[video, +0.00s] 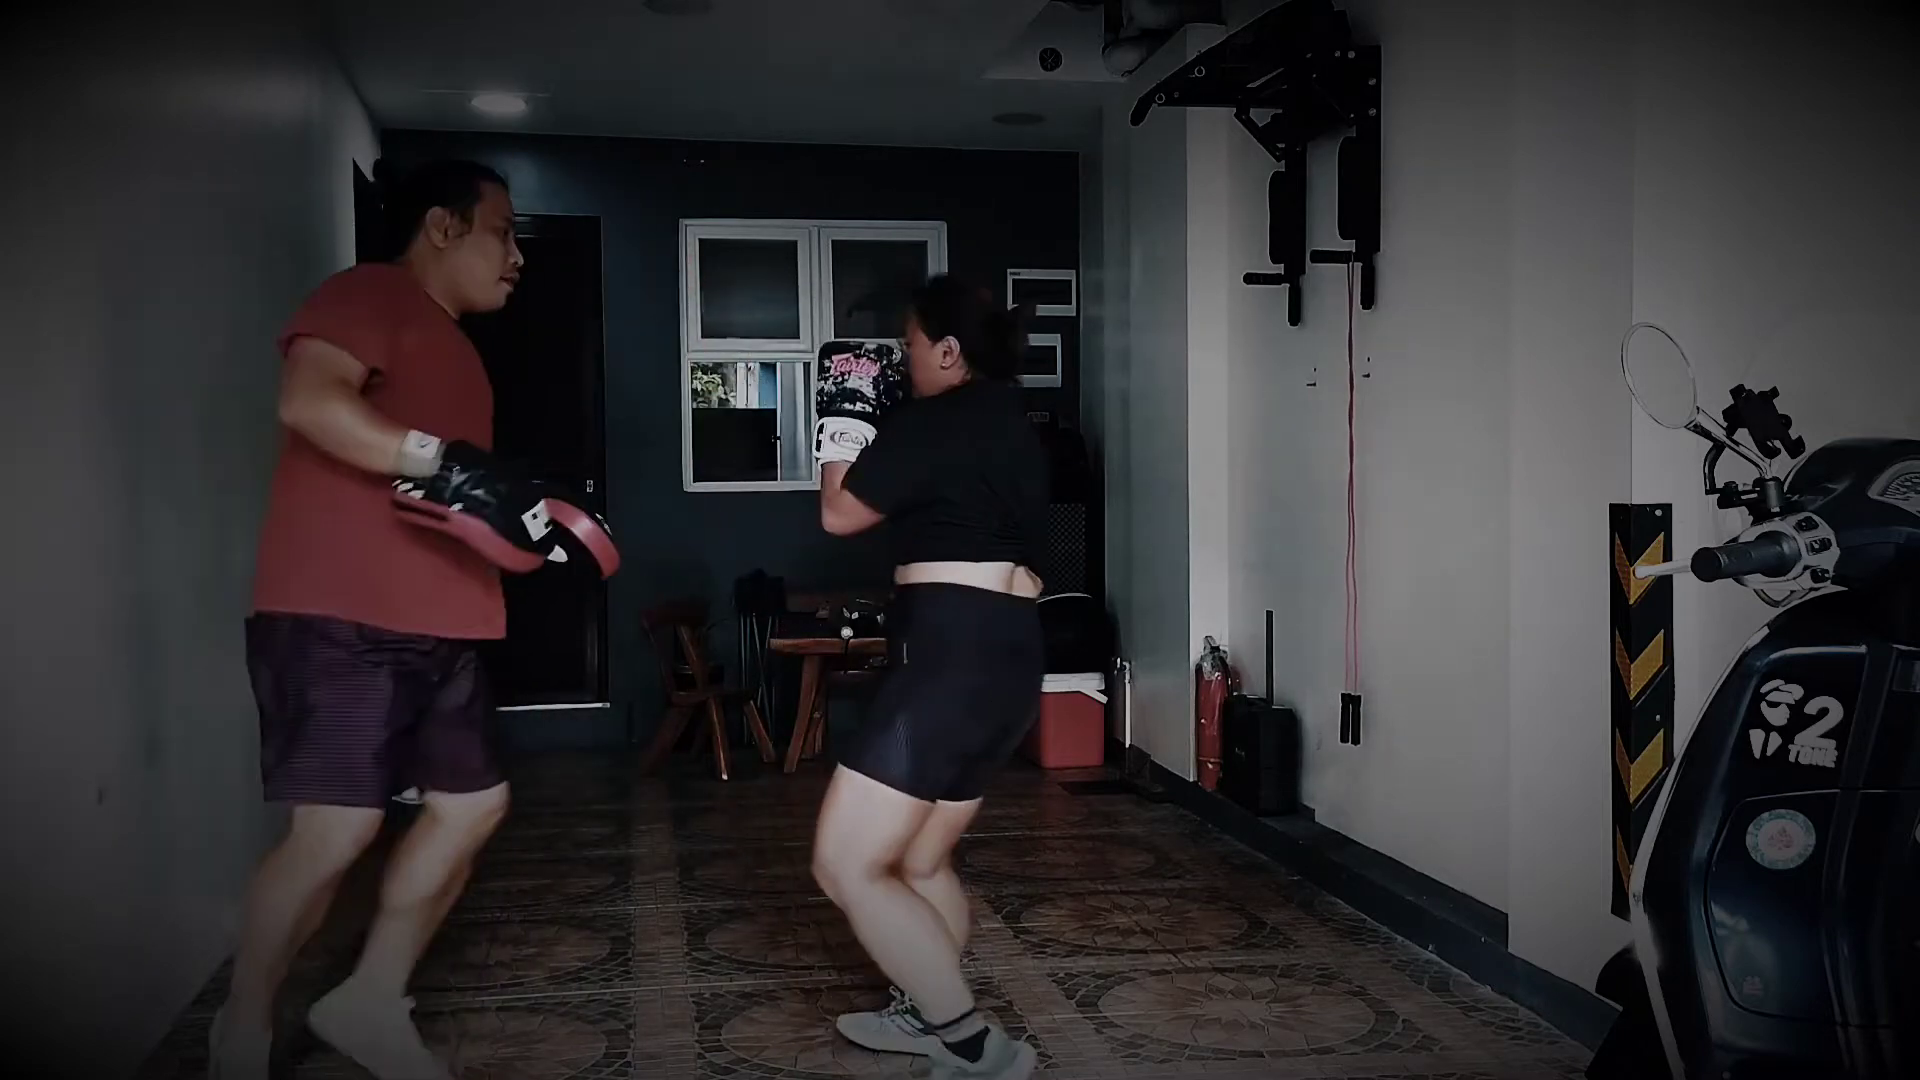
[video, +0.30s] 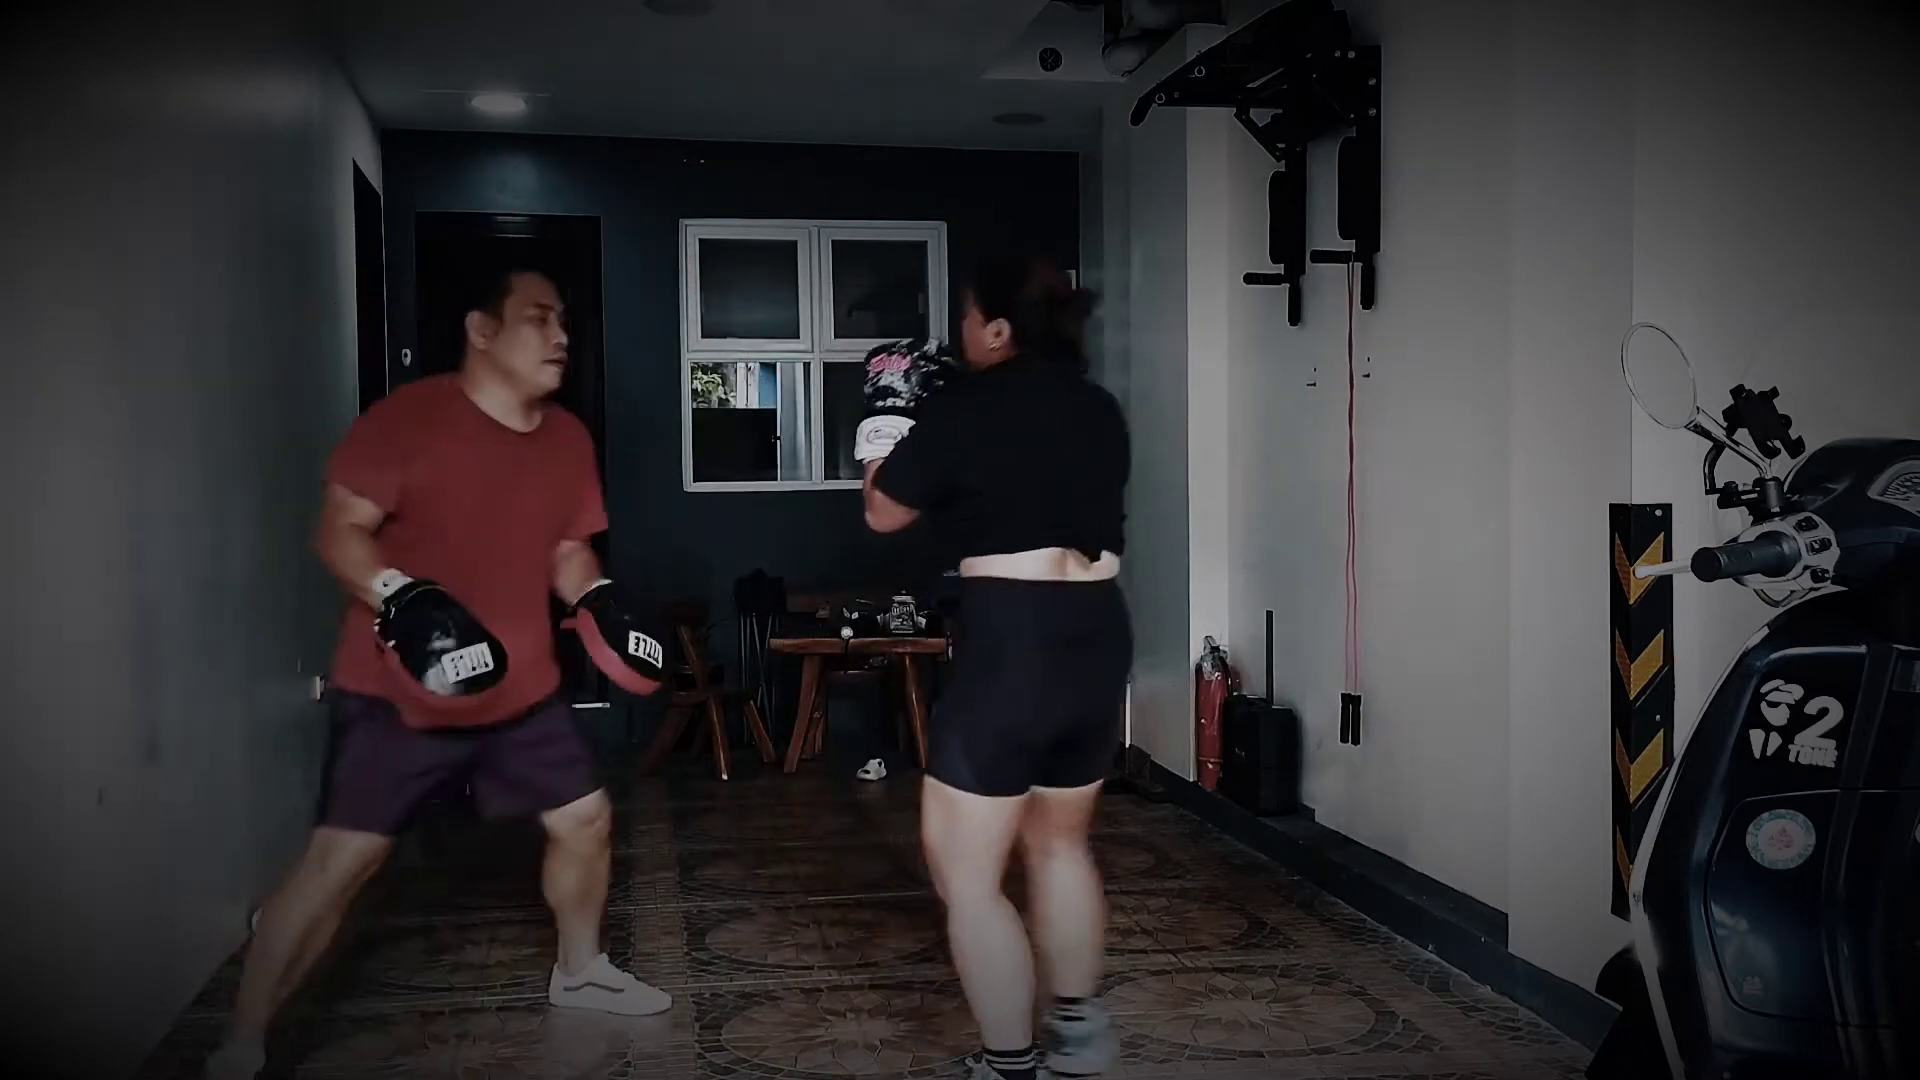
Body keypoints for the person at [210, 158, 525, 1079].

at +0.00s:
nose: (515, 256)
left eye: (515, 237)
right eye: (502, 234)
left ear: (452, 236)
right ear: (440, 230)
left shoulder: (454, 351)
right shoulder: (366, 294)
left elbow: (445, 479)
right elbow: (308, 399)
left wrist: (518, 510)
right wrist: (448, 467)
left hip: (437, 629)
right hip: (334, 619)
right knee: (335, 823)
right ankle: (243, 1025)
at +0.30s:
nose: (560, 335)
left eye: (561, 320)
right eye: (539, 319)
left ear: (555, 337)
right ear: (482, 332)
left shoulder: (566, 438)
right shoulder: (406, 420)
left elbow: (569, 550)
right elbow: (338, 533)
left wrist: (606, 618)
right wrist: (401, 599)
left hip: (520, 689)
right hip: (399, 691)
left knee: (584, 817)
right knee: (345, 851)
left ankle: (580, 972)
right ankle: (243, 1039)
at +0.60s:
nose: (616, 312)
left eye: (620, 298)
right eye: (597, 297)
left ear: (623, 310)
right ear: (544, 307)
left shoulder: (627, 404)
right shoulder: (473, 379)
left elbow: (643, 504)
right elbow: (408, 483)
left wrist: (670, 528)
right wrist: (475, 550)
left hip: (576, 650)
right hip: (456, 647)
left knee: (585, 801)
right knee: (416, 805)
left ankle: (580, 967)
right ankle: (399, 937)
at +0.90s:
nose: (600, 345)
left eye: (605, 330)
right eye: (582, 330)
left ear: (609, 337)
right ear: (531, 334)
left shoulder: (617, 419)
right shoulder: (466, 403)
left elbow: (678, 502)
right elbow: (417, 514)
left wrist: (699, 432)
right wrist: (495, 502)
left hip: (589, 649)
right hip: (471, 658)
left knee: (657, 765)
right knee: (452, 812)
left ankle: (686, 928)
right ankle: (448, 939)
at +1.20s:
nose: (643, 357)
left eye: (653, 343)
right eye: (627, 341)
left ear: (661, 349)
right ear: (581, 342)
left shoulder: (666, 420)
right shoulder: (516, 413)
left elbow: (721, 504)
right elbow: (474, 521)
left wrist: (743, 434)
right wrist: (543, 515)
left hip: (644, 666)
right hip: (525, 668)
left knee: (695, 788)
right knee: (478, 815)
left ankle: (736, 939)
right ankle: (450, 936)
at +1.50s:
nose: (653, 368)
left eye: (663, 353)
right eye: (637, 351)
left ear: (670, 359)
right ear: (592, 353)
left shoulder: (680, 433)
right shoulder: (534, 424)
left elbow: (730, 521)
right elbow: (493, 530)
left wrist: (750, 457)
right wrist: (558, 522)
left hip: (656, 670)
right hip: (539, 674)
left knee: (720, 783)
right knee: (483, 817)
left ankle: (735, 939)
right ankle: (452, 939)